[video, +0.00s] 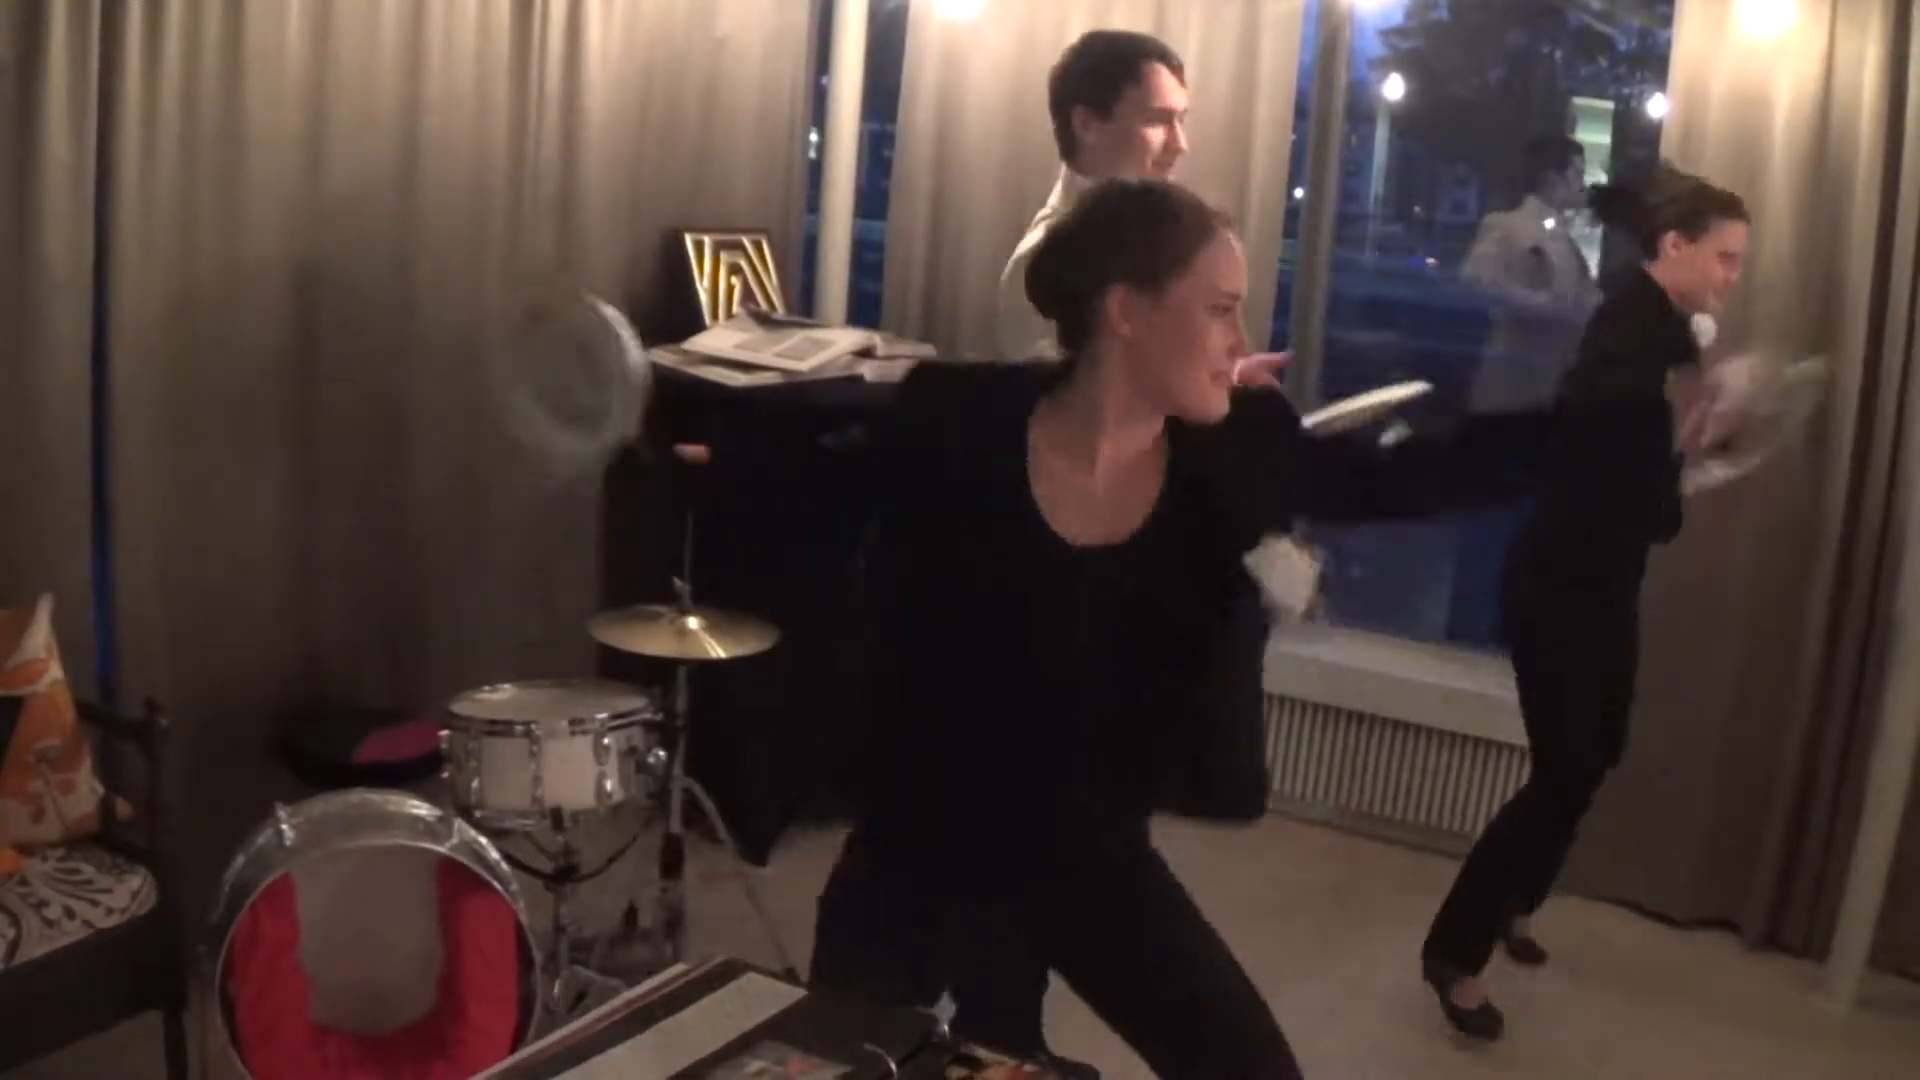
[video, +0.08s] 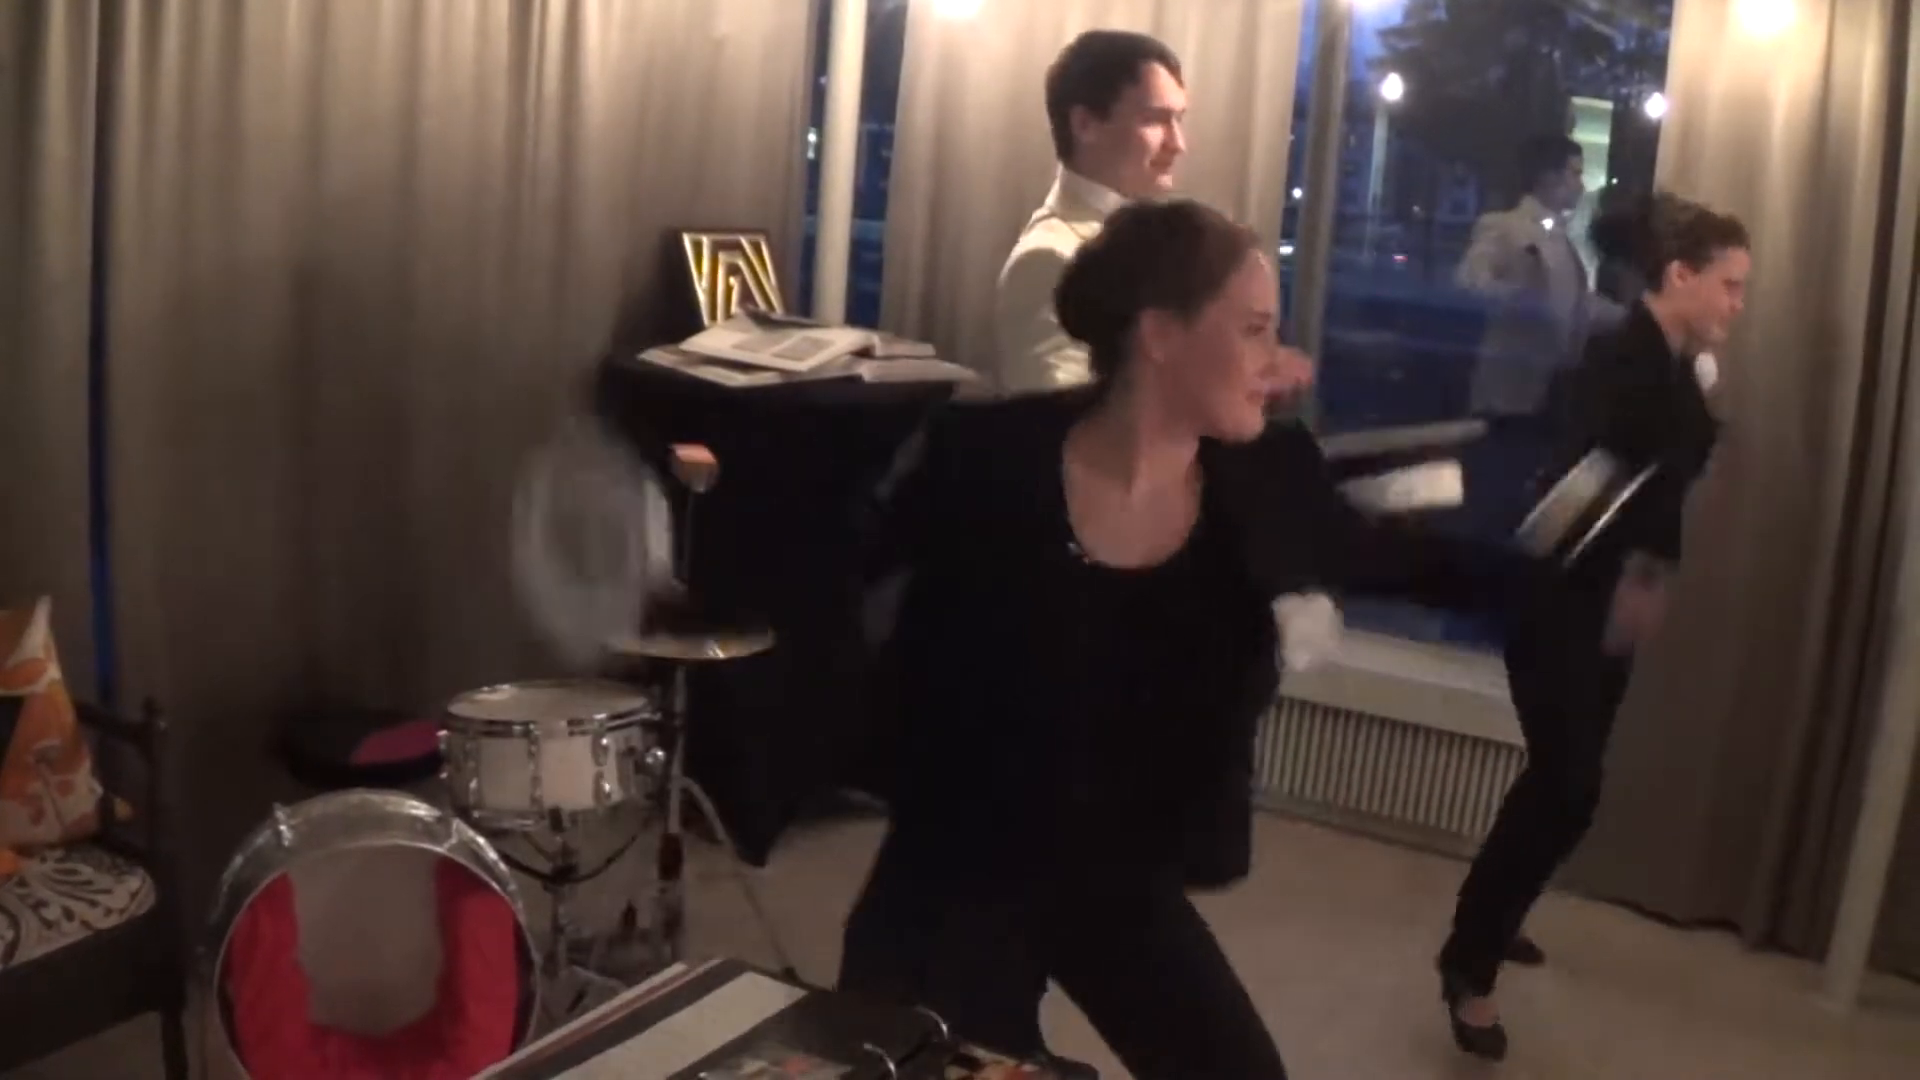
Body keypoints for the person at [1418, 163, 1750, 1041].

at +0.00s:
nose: (1732, 278)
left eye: (1737, 262)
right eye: (1725, 258)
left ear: (1682, 251)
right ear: (1672, 246)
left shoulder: (1654, 328)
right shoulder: (1630, 336)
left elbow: (1636, 470)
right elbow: (1628, 499)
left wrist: (1697, 441)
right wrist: (1692, 450)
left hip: (1600, 573)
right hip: (1563, 578)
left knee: (1595, 752)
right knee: (1566, 769)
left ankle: (1508, 903)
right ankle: (1454, 952)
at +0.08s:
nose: (1738, 306)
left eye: (1741, 289)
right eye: (1731, 286)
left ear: (1690, 280)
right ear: (1677, 276)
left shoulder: (1667, 365)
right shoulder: (1620, 357)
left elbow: (1662, 486)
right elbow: (1643, 470)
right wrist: (1704, 400)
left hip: (1600, 606)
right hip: (1556, 601)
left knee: (1566, 780)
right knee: (1565, 786)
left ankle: (1494, 916)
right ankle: (1468, 964)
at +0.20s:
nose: (1736, 332)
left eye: (1739, 316)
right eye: (1727, 314)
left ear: (1687, 318)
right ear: (1677, 313)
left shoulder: (1692, 410)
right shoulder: (1595, 390)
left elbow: (1673, 524)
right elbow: (1520, 488)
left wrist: (1736, 530)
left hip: (1625, 636)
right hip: (1550, 625)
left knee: (1558, 788)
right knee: (1571, 818)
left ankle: (1472, 902)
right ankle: (1530, 1025)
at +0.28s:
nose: (1719, 319)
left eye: (1723, 303)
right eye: (1703, 300)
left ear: (1713, 316)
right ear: (1647, 305)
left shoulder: (1707, 422)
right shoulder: (1575, 393)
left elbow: (1698, 555)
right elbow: (1506, 503)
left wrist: (1771, 630)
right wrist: (1479, 597)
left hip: (1635, 649)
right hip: (1548, 635)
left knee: (1580, 816)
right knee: (1576, 819)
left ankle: (1498, 881)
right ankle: (1550, 1046)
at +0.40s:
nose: (1609, 297)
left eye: (1630, 281)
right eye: (1614, 279)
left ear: (1680, 302)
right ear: (1621, 297)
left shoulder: (1708, 417)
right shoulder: (1578, 395)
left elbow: (1673, 559)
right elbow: (1537, 504)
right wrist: (1506, 497)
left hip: (1633, 660)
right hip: (1543, 645)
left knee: (1601, 854)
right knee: (1534, 847)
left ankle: (1543, 925)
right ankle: (1533, 1035)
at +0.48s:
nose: (1629, 298)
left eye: (1634, 285)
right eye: (1636, 284)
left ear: (1647, 290)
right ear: (1719, 307)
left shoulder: (1667, 409)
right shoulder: (1662, 396)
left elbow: (1606, 528)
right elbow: (1608, 502)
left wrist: (1540, 465)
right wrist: (1556, 451)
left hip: (1614, 656)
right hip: (1575, 642)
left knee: (1551, 839)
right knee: (1516, 831)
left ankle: (1632, 941)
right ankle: (1552, 1024)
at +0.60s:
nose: (1634, 294)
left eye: (1637, 281)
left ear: (1642, 287)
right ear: (1722, 306)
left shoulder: (1598, 387)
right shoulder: (1718, 408)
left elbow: (1521, 522)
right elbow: (1664, 506)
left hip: (1594, 642)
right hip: (1654, 642)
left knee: (1497, 845)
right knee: (1536, 841)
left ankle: (1588, 1046)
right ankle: (1589, 1044)